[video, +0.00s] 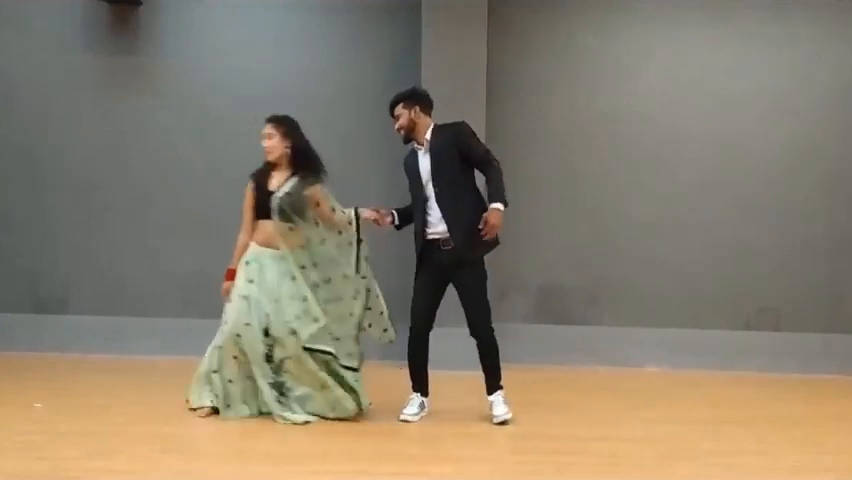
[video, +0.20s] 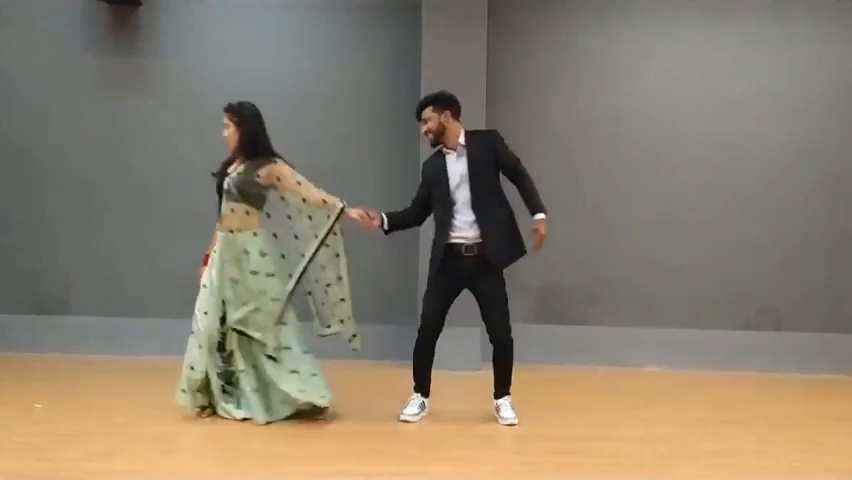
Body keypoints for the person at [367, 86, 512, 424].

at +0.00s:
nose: (395, 124)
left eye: (398, 116)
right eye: (393, 119)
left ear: (418, 111)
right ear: (412, 116)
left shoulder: (457, 133)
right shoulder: (411, 160)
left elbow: (490, 166)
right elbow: (422, 207)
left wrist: (497, 206)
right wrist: (393, 217)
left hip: (465, 247)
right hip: (430, 252)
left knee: (480, 326)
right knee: (419, 325)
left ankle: (496, 395)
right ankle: (419, 397)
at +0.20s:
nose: (423, 128)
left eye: (427, 120)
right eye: (421, 123)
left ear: (448, 116)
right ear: (438, 121)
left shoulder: (488, 142)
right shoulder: (433, 166)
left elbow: (518, 174)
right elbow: (417, 213)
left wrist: (539, 215)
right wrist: (381, 219)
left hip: (486, 255)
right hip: (448, 258)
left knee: (501, 333)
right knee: (428, 326)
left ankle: (502, 399)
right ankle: (419, 397)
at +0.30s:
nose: (443, 123)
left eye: (447, 115)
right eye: (441, 118)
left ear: (468, 111)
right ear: (458, 115)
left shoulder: (506, 142)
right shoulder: (447, 156)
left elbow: (533, 177)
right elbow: (417, 192)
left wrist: (555, 216)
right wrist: (376, 197)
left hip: (496, 256)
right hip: (458, 255)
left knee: (505, 334)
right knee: (434, 326)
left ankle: (503, 399)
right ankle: (419, 396)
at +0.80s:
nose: (465, 118)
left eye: (471, 111)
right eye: (464, 112)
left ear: (492, 111)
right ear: (475, 113)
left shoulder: (519, 150)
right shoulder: (459, 145)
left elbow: (531, 191)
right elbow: (421, 167)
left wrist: (545, 229)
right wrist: (376, 166)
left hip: (493, 260)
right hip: (456, 255)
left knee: (505, 333)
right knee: (425, 319)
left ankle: (503, 399)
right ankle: (396, 387)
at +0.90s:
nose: (453, 119)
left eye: (459, 113)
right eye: (452, 113)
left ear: (480, 114)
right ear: (467, 115)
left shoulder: (506, 154)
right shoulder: (446, 150)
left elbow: (520, 196)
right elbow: (414, 182)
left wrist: (535, 236)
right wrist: (372, 188)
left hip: (483, 259)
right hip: (445, 257)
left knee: (498, 330)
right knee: (419, 323)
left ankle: (503, 398)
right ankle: (397, 391)